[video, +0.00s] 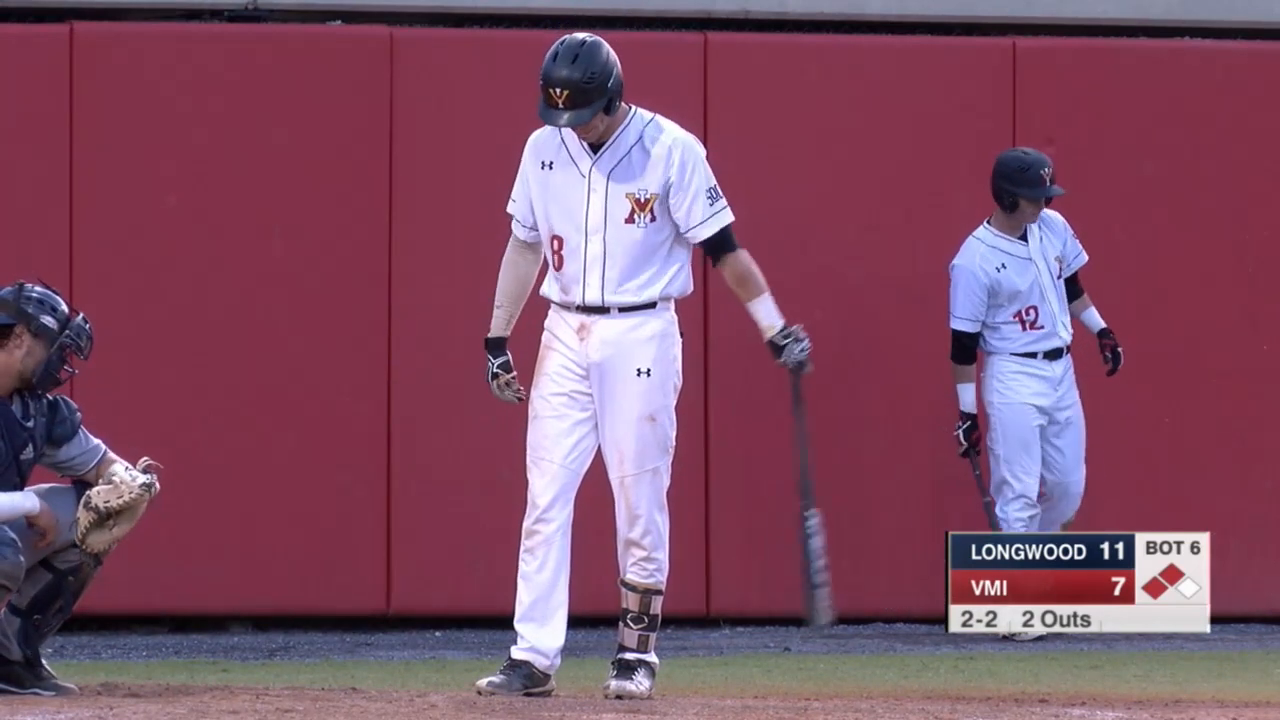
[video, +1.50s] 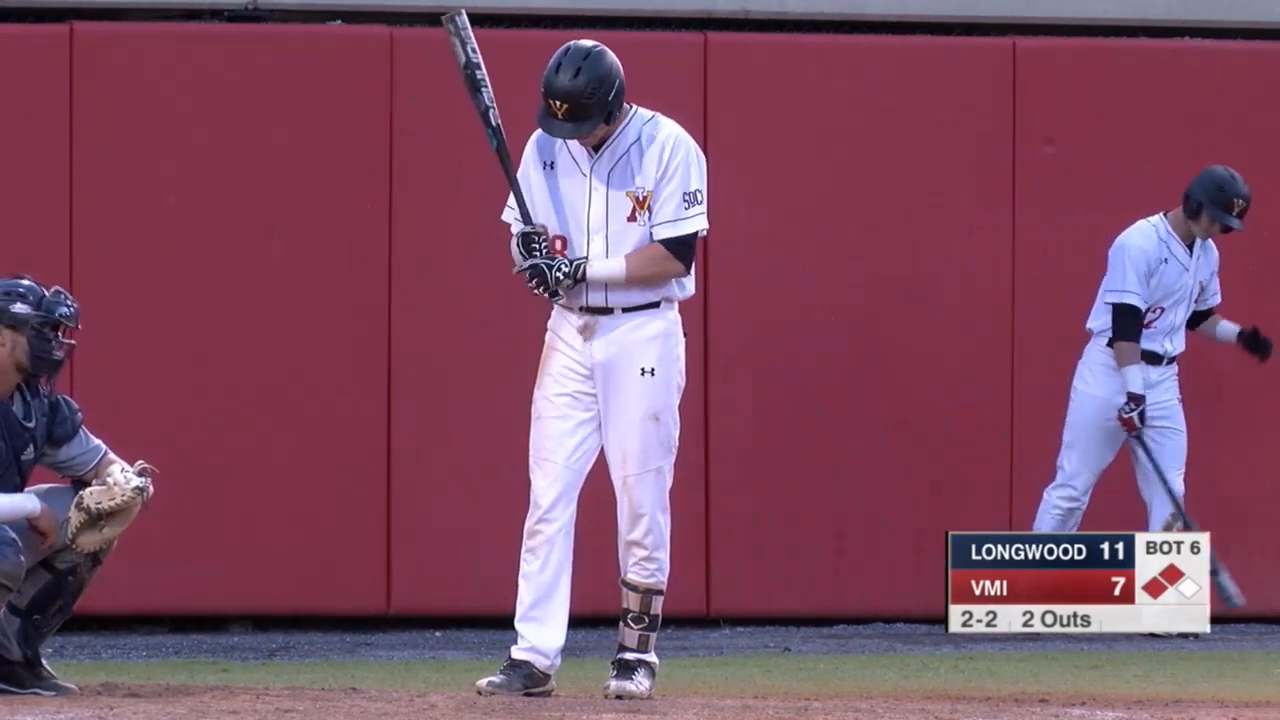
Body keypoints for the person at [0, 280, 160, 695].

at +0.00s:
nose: (62, 360)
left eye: (65, 350)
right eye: (56, 347)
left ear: (23, 340)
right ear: (19, 339)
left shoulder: (41, 411)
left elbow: (98, 461)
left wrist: (131, 481)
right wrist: (27, 503)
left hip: (9, 522)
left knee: (94, 511)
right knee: (7, 550)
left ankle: (15, 652)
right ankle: (6, 658)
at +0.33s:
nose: (62, 360)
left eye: (65, 350)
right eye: (56, 347)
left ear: (24, 341)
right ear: (20, 339)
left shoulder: (40, 409)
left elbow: (98, 461)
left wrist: (128, 478)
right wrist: (26, 504)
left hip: (10, 522)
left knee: (95, 512)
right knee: (7, 550)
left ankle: (15, 651)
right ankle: (7, 656)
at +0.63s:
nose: (62, 361)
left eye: (65, 350)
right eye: (56, 347)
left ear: (23, 341)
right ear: (20, 340)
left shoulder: (41, 409)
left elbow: (99, 461)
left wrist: (128, 479)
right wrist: (27, 504)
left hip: (10, 522)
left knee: (95, 510)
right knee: (7, 549)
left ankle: (15, 651)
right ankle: (7, 655)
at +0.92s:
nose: (62, 361)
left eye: (64, 350)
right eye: (56, 347)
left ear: (23, 341)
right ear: (20, 339)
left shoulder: (40, 409)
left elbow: (99, 461)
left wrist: (128, 480)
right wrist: (26, 504)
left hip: (10, 522)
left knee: (95, 512)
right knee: (7, 549)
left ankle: (14, 651)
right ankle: (7, 655)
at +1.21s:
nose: (61, 361)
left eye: (63, 351)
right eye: (54, 348)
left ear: (21, 340)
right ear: (17, 339)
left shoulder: (40, 410)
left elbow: (98, 461)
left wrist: (128, 480)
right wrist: (26, 504)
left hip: (10, 521)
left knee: (99, 510)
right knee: (7, 549)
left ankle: (15, 650)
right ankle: (6, 655)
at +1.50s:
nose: (53, 342)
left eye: (55, 333)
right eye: (42, 331)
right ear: (5, 334)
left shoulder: (40, 407)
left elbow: (98, 461)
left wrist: (128, 482)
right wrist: (29, 505)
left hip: (10, 521)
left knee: (95, 512)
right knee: (8, 548)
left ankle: (15, 651)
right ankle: (7, 655)